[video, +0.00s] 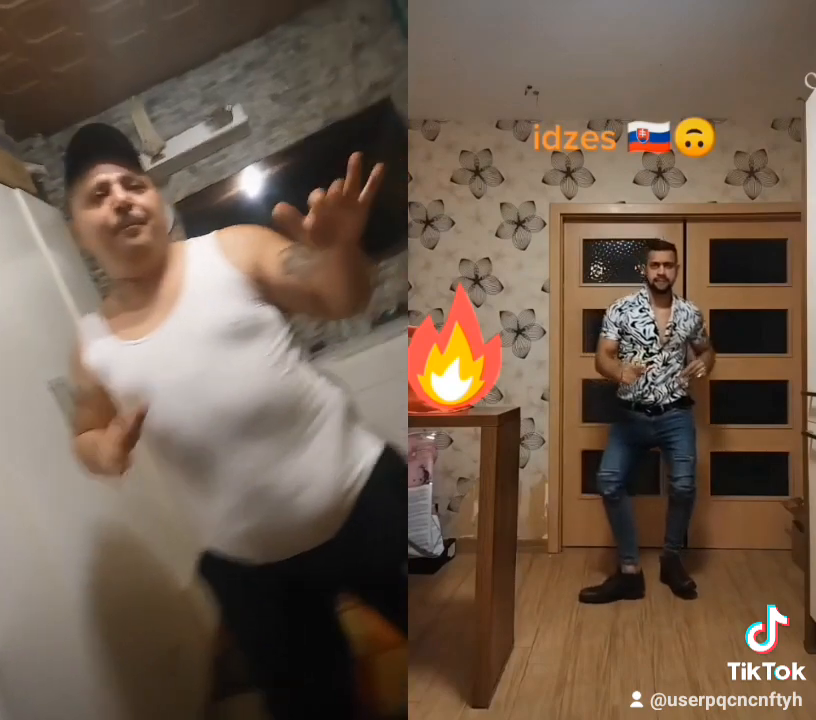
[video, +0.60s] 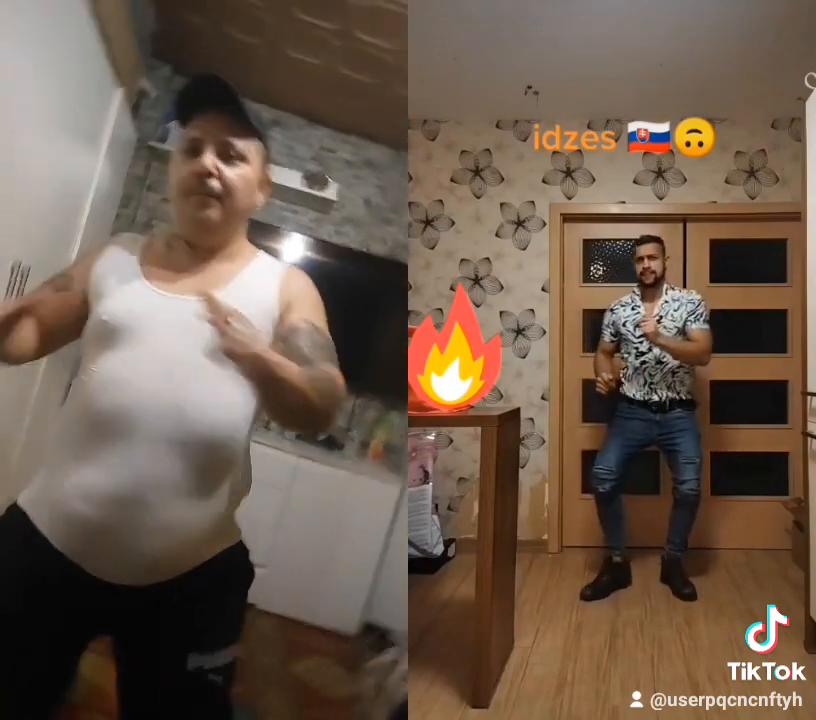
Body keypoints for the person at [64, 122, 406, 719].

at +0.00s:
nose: (122, 202)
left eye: (132, 184)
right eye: (97, 196)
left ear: (161, 200)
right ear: (78, 233)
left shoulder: (235, 249)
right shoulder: (96, 343)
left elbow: (343, 298)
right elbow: (89, 431)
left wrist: (341, 252)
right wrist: (106, 450)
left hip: (361, 502)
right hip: (250, 562)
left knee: (448, 641)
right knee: (310, 709)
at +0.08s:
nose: (116, 217)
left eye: (127, 199)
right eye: (92, 210)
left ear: (152, 213)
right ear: (69, 242)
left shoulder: (222, 270)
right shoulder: (77, 358)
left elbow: (322, 329)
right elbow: (71, 450)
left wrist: (335, 291)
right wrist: (91, 487)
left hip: (337, 536)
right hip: (220, 592)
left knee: (393, 687)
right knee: (265, 716)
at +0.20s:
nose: (122, 229)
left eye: (136, 213)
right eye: (99, 219)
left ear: (159, 229)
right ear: (73, 246)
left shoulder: (220, 297)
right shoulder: (64, 362)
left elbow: (308, 390)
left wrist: (304, 350)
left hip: (305, 588)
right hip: (169, 630)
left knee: (372, 706)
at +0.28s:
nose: (118, 211)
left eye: (134, 193)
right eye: (95, 197)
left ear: (159, 211)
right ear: (69, 220)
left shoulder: (215, 291)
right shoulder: (46, 340)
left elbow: (297, 394)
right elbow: (21, 439)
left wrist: (276, 356)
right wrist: (9, 469)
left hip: (262, 590)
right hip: (120, 612)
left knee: (327, 710)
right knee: (122, 711)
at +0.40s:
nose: (138, 165)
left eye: (158, 148)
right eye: (118, 150)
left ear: (191, 171)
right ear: (92, 175)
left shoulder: (228, 267)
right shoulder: (46, 284)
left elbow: (290, 381)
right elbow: (3, 378)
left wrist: (223, 325)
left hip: (215, 577)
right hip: (71, 580)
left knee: (249, 713)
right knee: (60, 712)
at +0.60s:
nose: (208, 166)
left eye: (233, 155)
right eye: (192, 150)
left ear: (263, 188)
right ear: (168, 170)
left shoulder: (285, 287)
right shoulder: (110, 262)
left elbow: (321, 410)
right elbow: (29, 328)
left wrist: (261, 361)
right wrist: (8, 326)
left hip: (190, 573)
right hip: (49, 546)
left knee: (181, 713)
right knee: (8, 695)